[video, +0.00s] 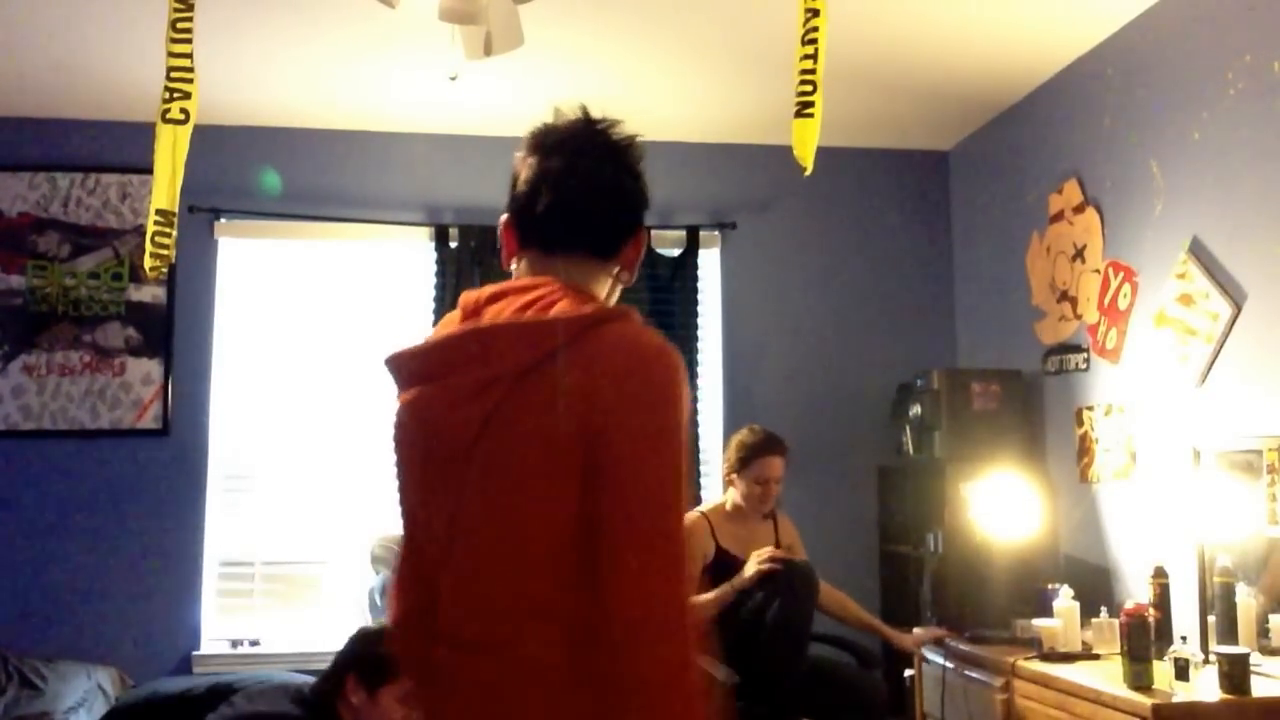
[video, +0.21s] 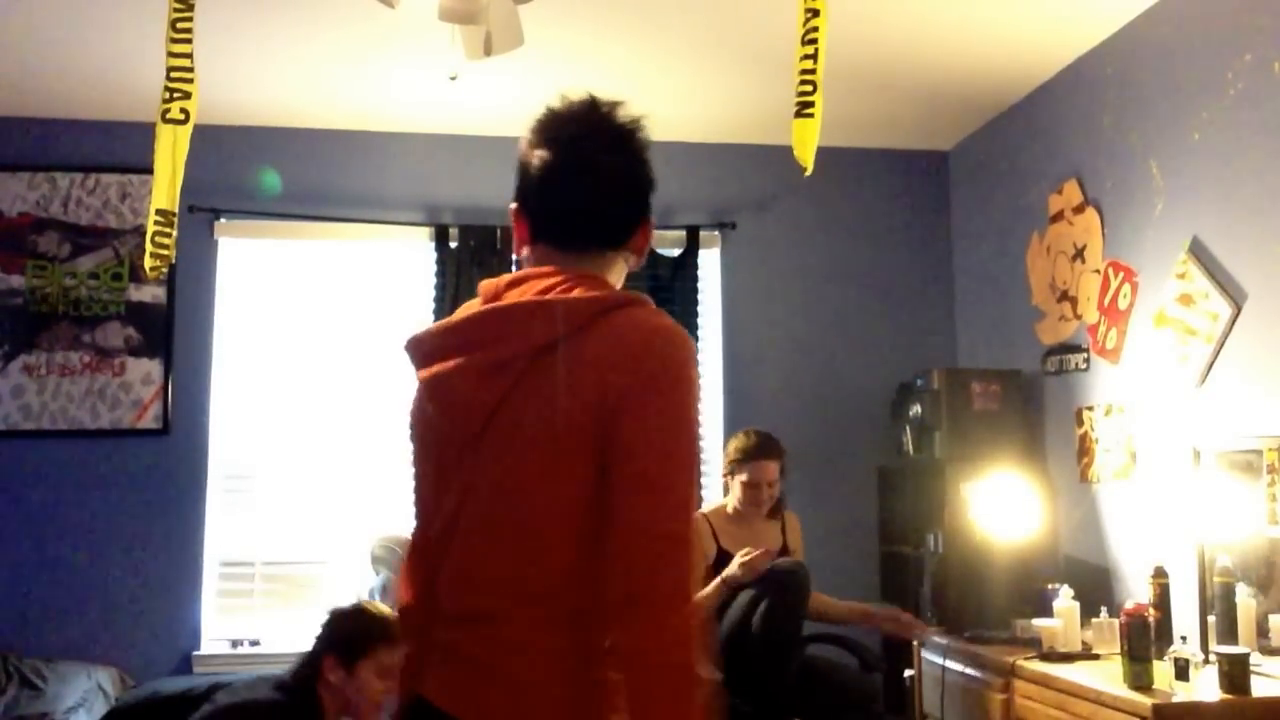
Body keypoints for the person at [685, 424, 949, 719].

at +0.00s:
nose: (771, 492)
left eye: (777, 482)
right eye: (760, 483)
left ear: (783, 479)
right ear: (731, 478)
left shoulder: (779, 525)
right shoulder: (697, 527)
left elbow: (814, 590)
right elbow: (684, 613)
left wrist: (894, 636)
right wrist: (741, 581)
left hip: (775, 634)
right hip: (723, 644)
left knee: (867, 660)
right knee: (798, 578)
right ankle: (764, 703)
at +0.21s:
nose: (762, 496)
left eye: (771, 485)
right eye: (751, 485)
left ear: (780, 481)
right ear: (727, 478)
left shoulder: (786, 524)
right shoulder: (702, 527)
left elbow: (803, 601)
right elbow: (688, 614)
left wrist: (876, 617)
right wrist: (730, 578)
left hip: (776, 643)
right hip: (719, 654)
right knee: (790, 576)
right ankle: (764, 707)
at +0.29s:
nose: (761, 496)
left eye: (770, 485)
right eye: (751, 485)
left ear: (780, 482)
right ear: (727, 480)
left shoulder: (789, 524)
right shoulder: (713, 527)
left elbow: (795, 603)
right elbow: (704, 597)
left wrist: (845, 602)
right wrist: (738, 570)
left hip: (778, 649)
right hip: (729, 651)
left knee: (858, 688)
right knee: (788, 575)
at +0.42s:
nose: (760, 496)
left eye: (769, 484)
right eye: (749, 485)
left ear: (781, 480)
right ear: (727, 479)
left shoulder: (794, 523)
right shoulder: (706, 525)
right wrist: (727, 571)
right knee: (781, 582)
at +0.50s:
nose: (760, 494)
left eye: (769, 484)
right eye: (750, 484)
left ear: (780, 481)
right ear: (728, 478)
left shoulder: (794, 524)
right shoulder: (700, 527)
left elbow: (812, 615)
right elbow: (679, 621)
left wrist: (804, 580)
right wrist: (726, 575)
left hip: (779, 650)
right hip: (713, 660)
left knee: (851, 690)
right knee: (776, 576)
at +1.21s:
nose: (757, 489)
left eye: (767, 478)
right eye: (748, 478)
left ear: (781, 478)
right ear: (733, 477)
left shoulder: (804, 523)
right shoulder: (719, 524)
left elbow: (820, 610)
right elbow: (688, 612)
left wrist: (796, 568)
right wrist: (744, 565)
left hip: (788, 652)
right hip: (730, 652)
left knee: (840, 696)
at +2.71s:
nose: (745, 484)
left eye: (756, 472)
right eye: (737, 473)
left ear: (781, 471)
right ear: (728, 477)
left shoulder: (810, 525)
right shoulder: (721, 527)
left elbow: (823, 613)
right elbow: (709, 595)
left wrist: (801, 578)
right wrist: (745, 567)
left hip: (798, 654)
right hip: (740, 656)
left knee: (839, 698)